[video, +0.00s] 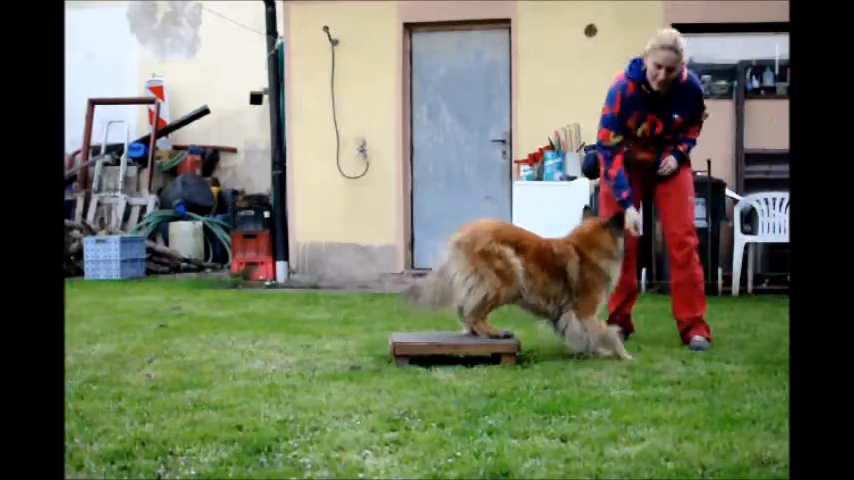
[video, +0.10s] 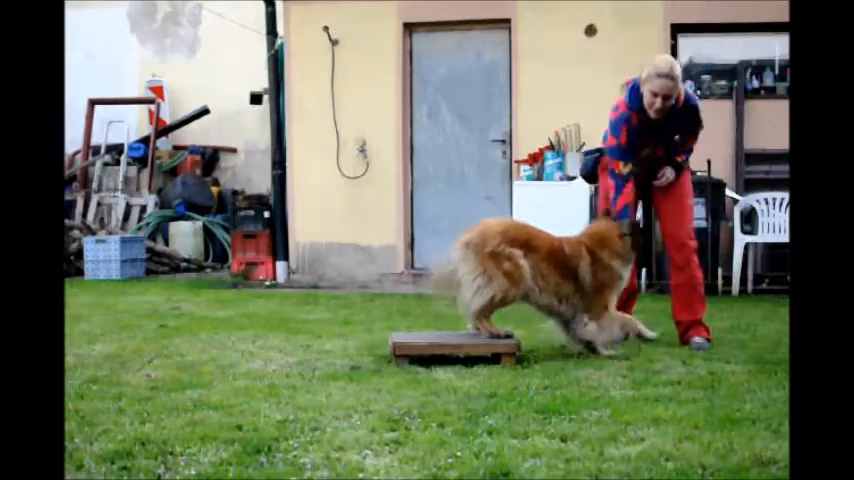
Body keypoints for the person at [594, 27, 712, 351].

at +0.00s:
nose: (662, 75)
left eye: (670, 69)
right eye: (657, 67)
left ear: (680, 66)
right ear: (645, 60)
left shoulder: (690, 88)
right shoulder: (623, 88)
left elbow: (693, 127)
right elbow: (608, 147)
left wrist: (677, 154)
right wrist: (626, 203)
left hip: (670, 166)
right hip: (624, 164)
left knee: (683, 239)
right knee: (620, 240)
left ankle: (694, 327)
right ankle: (619, 322)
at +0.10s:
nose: (659, 103)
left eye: (666, 97)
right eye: (653, 95)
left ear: (677, 93)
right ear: (642, 87)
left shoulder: (687, 108)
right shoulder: (624, 108)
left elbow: (690, 138)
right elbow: (618, 163)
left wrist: (675, 164)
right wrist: (622, 223)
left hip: (668, 170)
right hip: (624, 169)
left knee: (682, 243)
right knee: (619, 244)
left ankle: (693, 327)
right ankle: (615, 324)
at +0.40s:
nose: (651, 152)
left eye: (659, 146)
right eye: (646, 145)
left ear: (674, 136)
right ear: (637, 134)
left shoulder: (689, 135)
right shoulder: (620, 141)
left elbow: (693, 151)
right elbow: (600, 198)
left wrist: (675, 178)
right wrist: (594, 252)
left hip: (670, 182)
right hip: (625, 185)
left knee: (683, 247)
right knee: (618, 249)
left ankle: (693, 329)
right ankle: (619, 328)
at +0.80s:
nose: (643, 63)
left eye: (651, 57)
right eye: (638, 54)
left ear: (662, 53)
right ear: (627, 48)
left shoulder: (675, 78)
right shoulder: (603, 72)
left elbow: (689, 118)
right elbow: (576, 105)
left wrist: (670, 145)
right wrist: (589, 141)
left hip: (660, 166)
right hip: (611, 165)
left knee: (677, 246)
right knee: (613, 245)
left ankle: (692, 330)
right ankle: (613, 331)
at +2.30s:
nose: (688, 37)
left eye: (696, 33)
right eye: (685, 28)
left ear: (701, 34)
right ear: (671, 17)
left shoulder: (701, 62)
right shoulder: (635, 49)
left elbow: (710, 110)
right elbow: (600, 89)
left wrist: (708, 138)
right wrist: (568, 128)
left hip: (683, 159)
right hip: (633, 155)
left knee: (686, 245)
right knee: (625, 239)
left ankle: (692, 325)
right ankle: (620, 322)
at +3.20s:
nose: (710, 44)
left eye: (715, 38)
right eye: (706, 36)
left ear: (716, 35)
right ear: (683, 25)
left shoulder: (712, 72)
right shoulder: (646, 54)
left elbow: (721, 126)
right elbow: (611, 95)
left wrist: (732, 173)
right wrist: (578, 133)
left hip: (686, 157)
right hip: (638, 153)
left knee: (691, 242)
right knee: (630, 236)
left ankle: (692, 324)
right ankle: (614, 318)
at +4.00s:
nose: (727, 147)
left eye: (732, 142)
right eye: (724, 139)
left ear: (738, 135)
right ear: (707, 124)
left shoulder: (721, 148)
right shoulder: (668, 122)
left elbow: (716, 189)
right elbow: (621, 152)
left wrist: (724, 233)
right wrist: (593, 188)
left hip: (678, 179)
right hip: (633, 172)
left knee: (690, 245)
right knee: (620, 243)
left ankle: (687, 323)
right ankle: (602, 320)